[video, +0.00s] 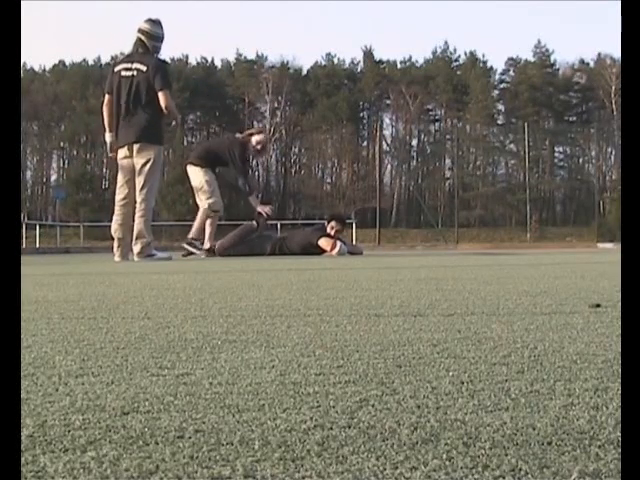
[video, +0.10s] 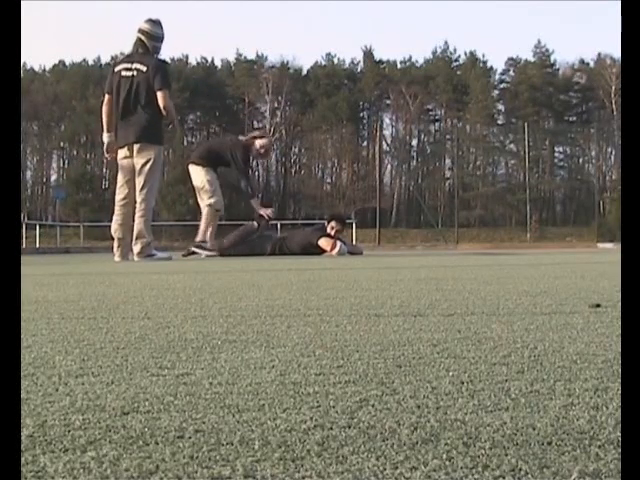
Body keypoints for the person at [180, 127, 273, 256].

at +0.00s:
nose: (259, 148)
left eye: (262, 146)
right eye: (258, 143)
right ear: (250, 137)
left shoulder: (242, 149)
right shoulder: (237, 146)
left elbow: (246, 178)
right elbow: (242, 181)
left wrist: (257, 203)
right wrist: (257, 205)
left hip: (207, 166)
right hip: (198, 164)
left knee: (215, 208)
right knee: (208, 204)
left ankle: (208, 246)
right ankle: (192, 238)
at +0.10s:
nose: (261, 151)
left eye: (264, 151)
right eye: (262, 146)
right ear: (255, 139)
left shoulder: (244, 151)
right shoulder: (239, 148)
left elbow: (247, 180)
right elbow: (244, 181)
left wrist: (258, 206)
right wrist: (258, 208)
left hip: (208, 166)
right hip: (199, 163)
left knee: (216, 206)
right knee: (211, 203)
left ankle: (209, 243)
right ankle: (200, 240)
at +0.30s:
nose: (270, 158)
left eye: (271, 155)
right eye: (269, 154)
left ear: (260, 148)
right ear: (261, 149)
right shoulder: (244, 153)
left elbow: (251, 188)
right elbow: (251, 187)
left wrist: (261, 215)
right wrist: (265, 217)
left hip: (202, 164)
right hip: (207, 165)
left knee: (211, 209)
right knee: (218, 205)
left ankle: (208, 246)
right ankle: (218, 246)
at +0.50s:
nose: (274, 173)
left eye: (277, 172)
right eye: (277, 170)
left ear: (270, 158)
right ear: (273, 161)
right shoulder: (253, 161)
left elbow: (256, 193)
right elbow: (257, 193)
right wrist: (269, 222)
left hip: (204, 164)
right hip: (214, 166)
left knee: (215, 210)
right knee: (226, 205)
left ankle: (208, 245)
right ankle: (218, 246)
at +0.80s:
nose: (279, 179)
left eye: (281, 176)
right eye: (281, 176)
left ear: (273, 165)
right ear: (277, 170)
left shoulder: (259, 166)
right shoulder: (261, 171)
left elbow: (261, 202)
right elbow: (261, 203)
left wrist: (271, 227)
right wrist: (273, 229)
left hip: (211, 162)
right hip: (217, 164)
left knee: (226, 207)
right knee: (231, 205)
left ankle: (220, 245)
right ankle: (219, 245)